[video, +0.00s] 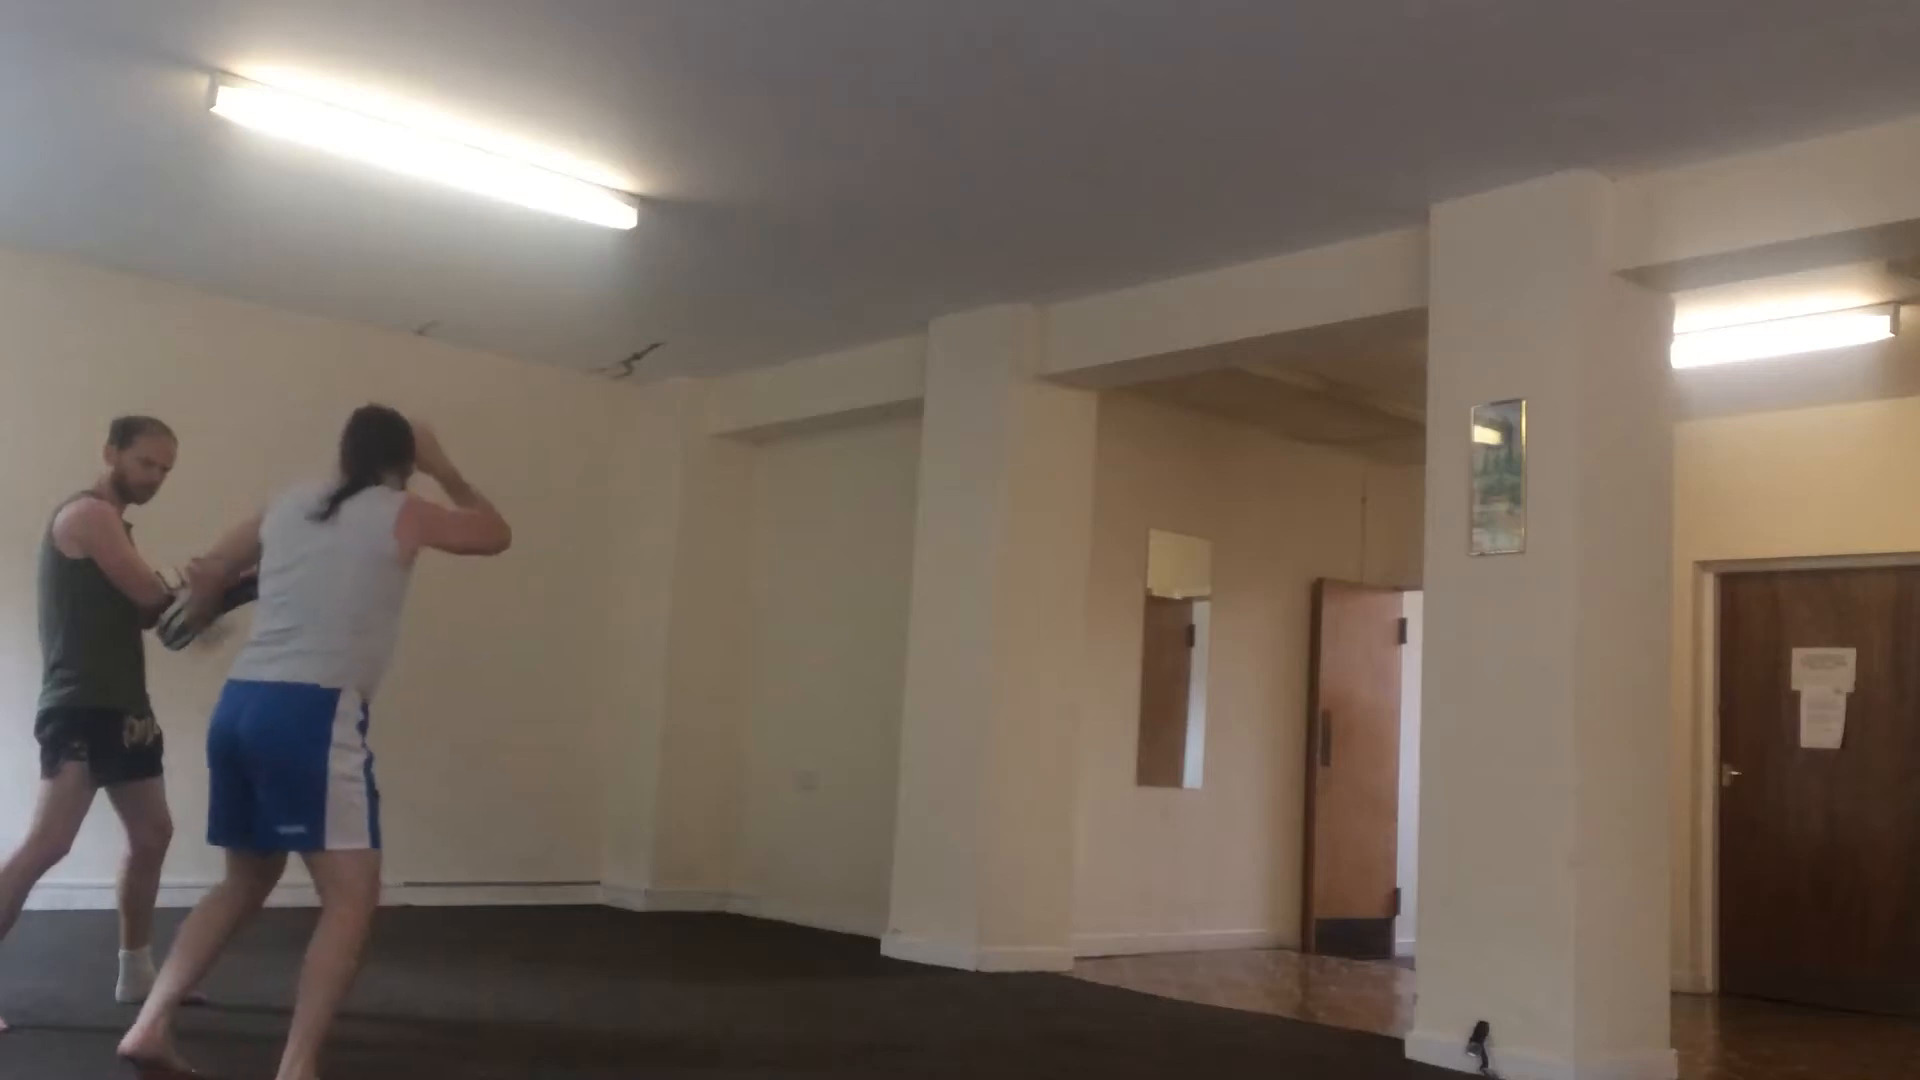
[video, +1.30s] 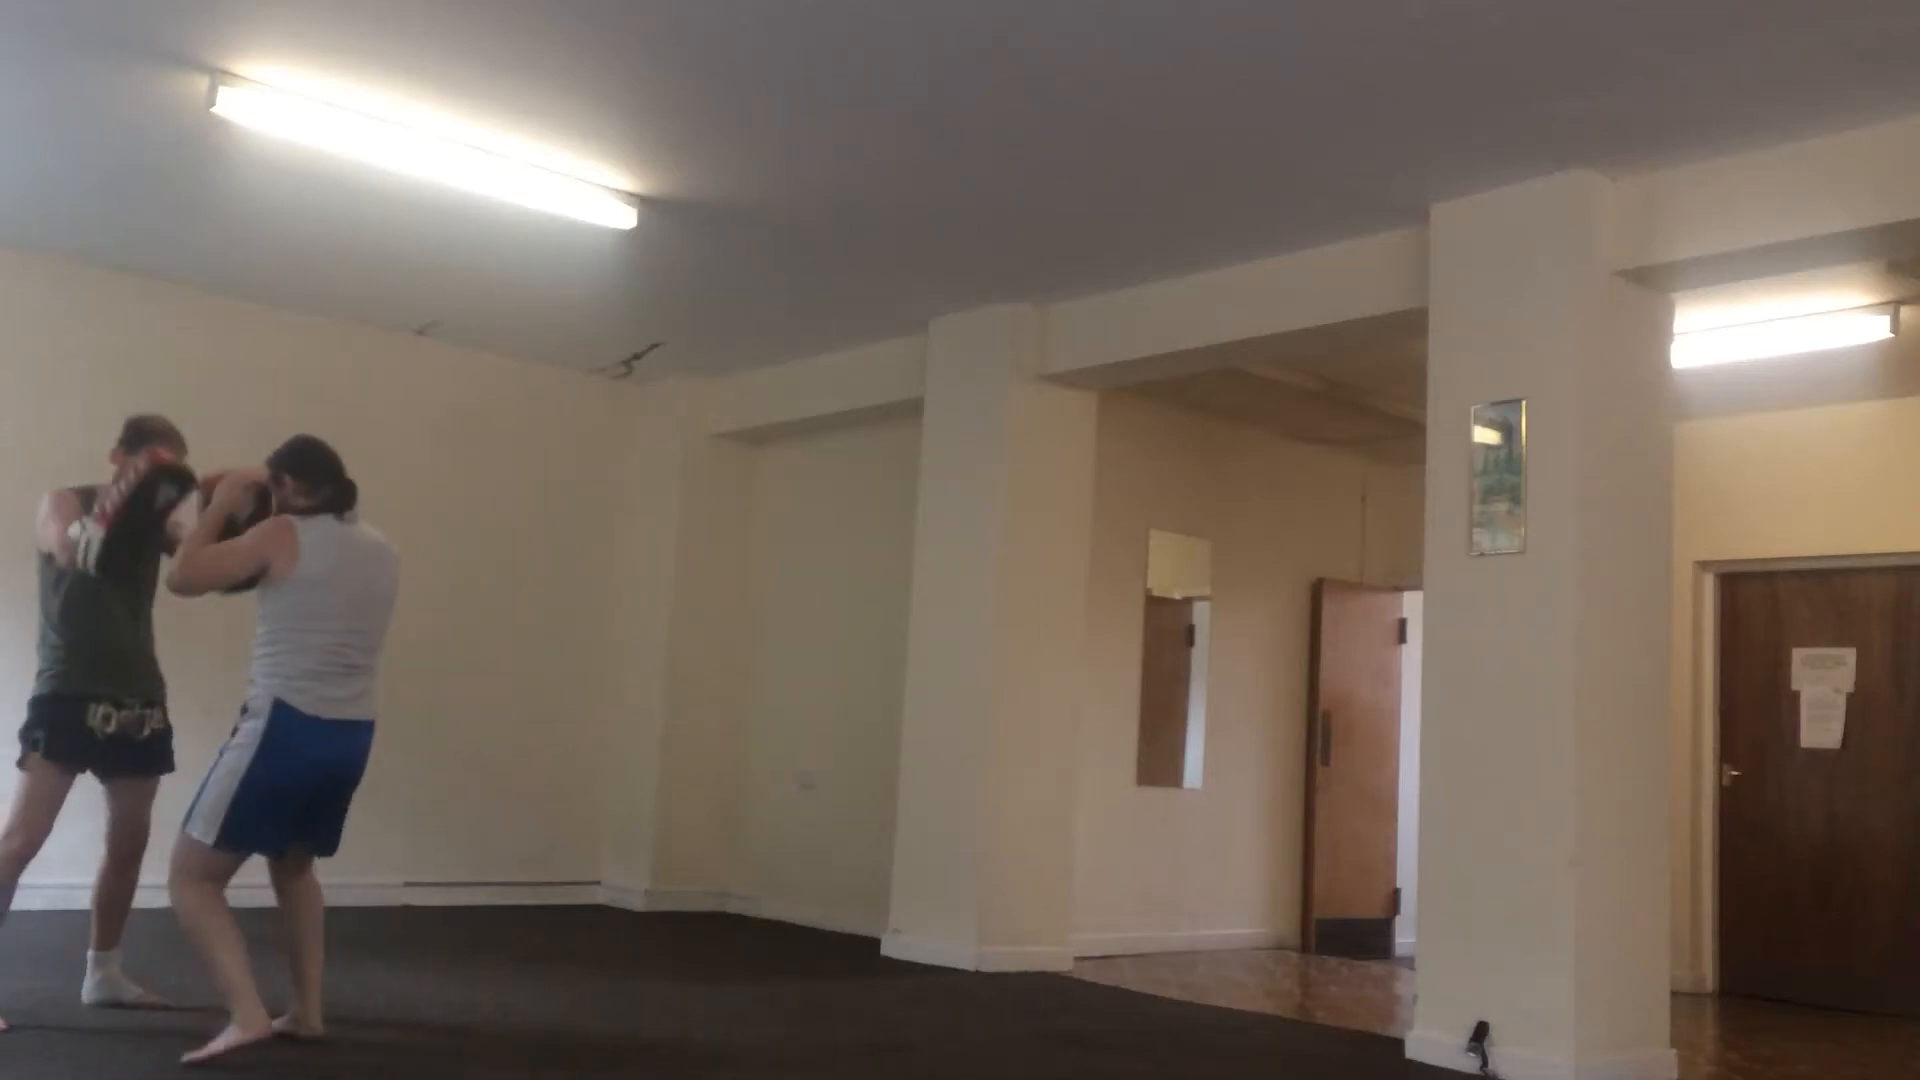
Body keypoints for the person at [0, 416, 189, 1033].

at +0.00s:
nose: (156, 478)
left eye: (164, 470)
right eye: (149, 465)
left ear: (160, 471)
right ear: (113, 454)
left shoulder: (110, 522)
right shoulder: (87, 515)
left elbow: (148, 610)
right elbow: (154, 599)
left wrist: (194, 594)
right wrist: (182, 584)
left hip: (124, 711)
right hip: (81, 710)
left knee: (153, 834)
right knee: (46, 843)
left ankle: (135, 973)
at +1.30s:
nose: (157, 483)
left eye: (168, 476)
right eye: (151, 470)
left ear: (169, 477)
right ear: (118, 459)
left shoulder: (156, 518)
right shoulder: (65, 501)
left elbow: (194, 539)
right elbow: (69, 550)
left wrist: (205, 493)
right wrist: (112, 506)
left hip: (137, 699)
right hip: (67, 695)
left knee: (128, 843)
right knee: (20, 841)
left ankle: (103, 971)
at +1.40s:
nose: (149, 478)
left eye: (162, 471)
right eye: (143, 467)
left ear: (165, 476)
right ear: (117, 462)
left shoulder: (164, 523)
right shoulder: (71, 509)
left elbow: (220, 530)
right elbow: (87, 511)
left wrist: (239, 488)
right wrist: (119, 445)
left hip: (148, 699)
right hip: (75, 694)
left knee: (128, 844)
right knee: (29, 841)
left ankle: (104, 970)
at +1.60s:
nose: (177, 482)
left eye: (189, 474)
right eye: (170, 470)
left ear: (199, 476)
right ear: (145, 461)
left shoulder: (194, 523)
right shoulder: (111, 513)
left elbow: (267, 551)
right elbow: (64, 524)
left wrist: (266, 476)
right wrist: (96, 445)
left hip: (161, 697)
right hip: (92, 689)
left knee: (136, 841)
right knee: (64, 829)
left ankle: (102, 972)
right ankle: (14, 971)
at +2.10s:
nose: (256, 488)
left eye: (266, 479)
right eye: (247, 473)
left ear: (270, 486)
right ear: (214, 468)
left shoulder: (236, 547)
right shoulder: (160, 516)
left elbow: (201, 624)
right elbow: (69, 527)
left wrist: (234, 658)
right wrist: (30, 519)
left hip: (180, 718)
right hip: (119, 709)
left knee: (142, 856)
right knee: (109, 849)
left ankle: (103, 967)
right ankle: (72, 1004)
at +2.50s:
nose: (251, 438)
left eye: (258, 427)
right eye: (239, 424)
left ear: (258, 430)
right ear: (203, 421)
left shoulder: (237, 501)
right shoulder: (158, 484)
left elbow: (211, 580)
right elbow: (57, 534)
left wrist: (251, 614)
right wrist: (125, 511)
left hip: (193, 692)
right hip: (126, 690)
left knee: (170, 833)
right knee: (111, 849)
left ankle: (90, 910)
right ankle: (75, 1018)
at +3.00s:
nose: (251, 466)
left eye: (260, 457)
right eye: (242, 452)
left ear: (269, 462)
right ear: (211, 444)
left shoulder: (262, 512)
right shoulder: (159, 504)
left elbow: (335, 554)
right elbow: (168, 524)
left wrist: (339, 488)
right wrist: (195, 456)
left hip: (235, 703)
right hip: (155, 700)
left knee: (241, 861)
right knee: (120, 857)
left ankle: (234, 1001)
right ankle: (76, 1021)